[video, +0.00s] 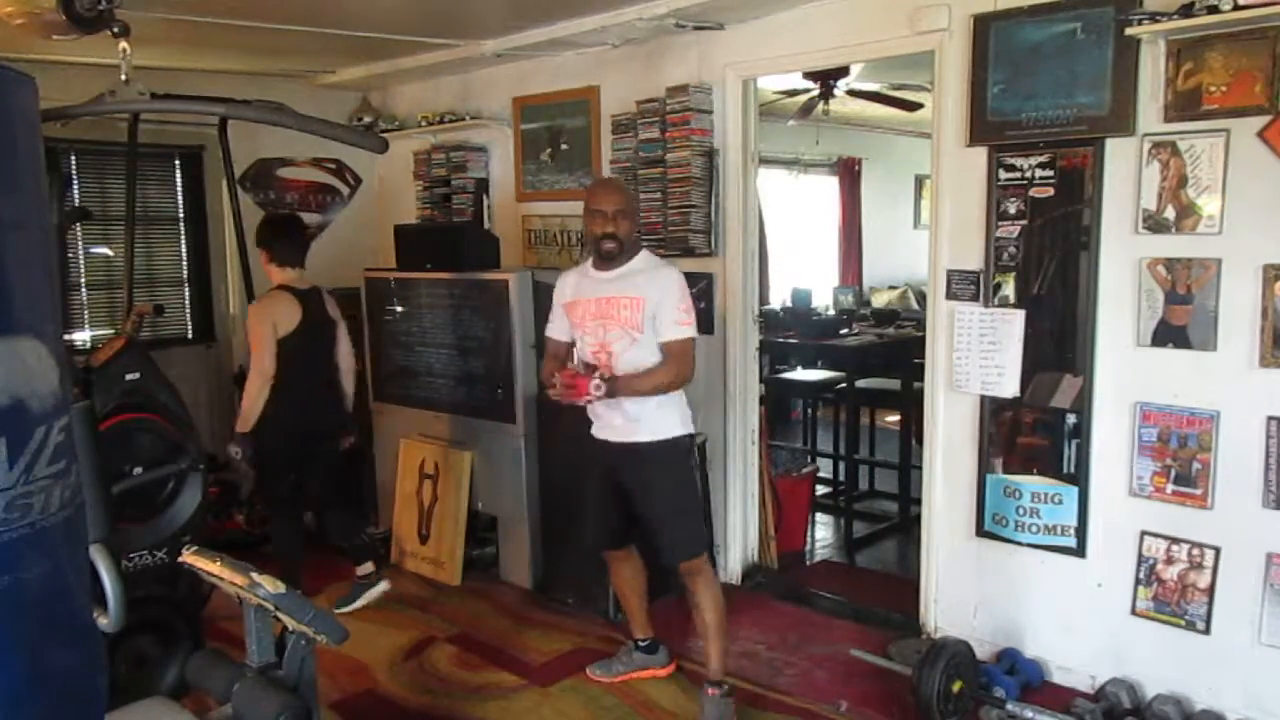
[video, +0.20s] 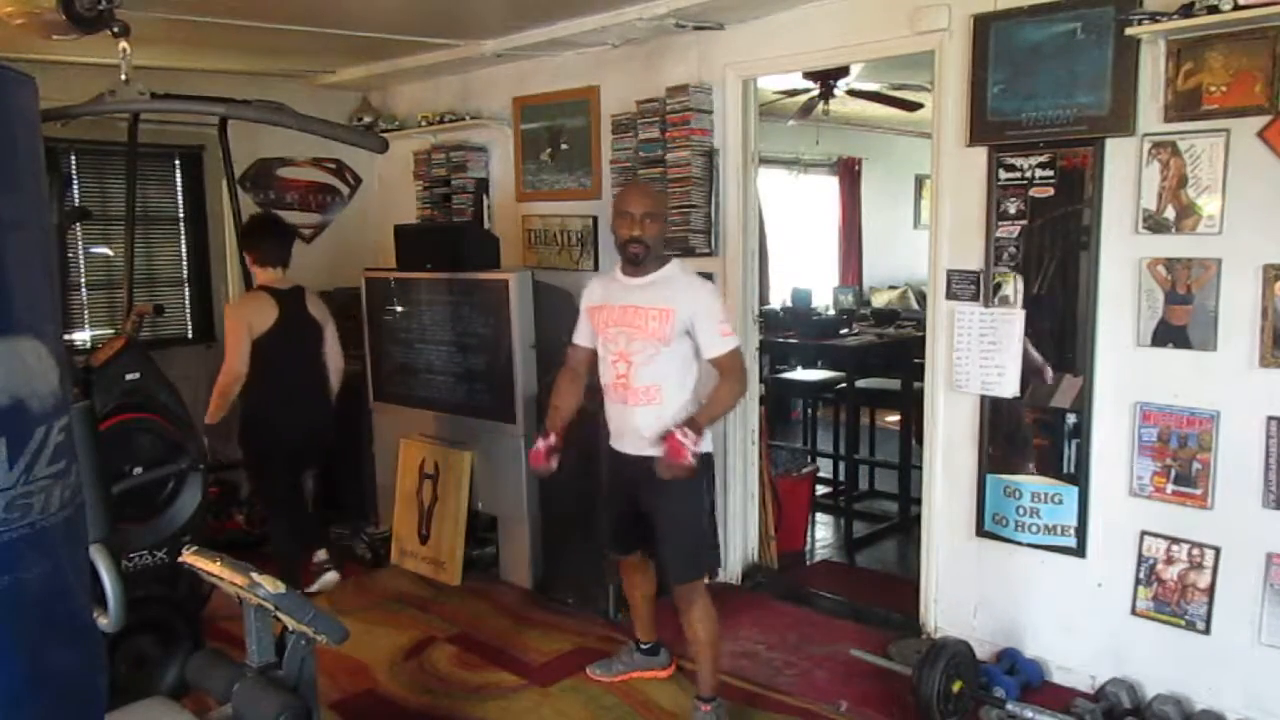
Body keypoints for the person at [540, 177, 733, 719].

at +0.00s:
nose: (607, 225)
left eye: (619, 215)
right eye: (597, 215)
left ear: (638, 221)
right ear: (584, 223)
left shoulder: (664, 280)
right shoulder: (569, 285)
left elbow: (681, 369)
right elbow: (553, 358)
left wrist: (615, 386)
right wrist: (555, 380)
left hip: (663, 442)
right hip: (603, 443)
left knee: (691, 562)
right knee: (616, 548)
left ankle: (717, 683)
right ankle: (644, 645)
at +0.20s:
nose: (635, 230)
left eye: (648, 219)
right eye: (625, 218)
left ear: (668, 226)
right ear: (612, 224)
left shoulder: (695, 293)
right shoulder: (597, 292)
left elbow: (734, 378)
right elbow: (574, 370)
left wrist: (690, 430)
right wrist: (552, 430)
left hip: (678, 459)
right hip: (621, 457)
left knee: (688, 584)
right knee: (631, 557)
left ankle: (708, 701)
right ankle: (647, 648)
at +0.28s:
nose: (642, 232)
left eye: (657, 220)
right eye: (633, 221)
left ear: (682, 228)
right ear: (623, 229)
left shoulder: (712, 300)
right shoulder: (612, 300)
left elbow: (752, 383)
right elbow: (589, 383)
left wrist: (710, 440)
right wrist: (554, 459)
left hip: (686, 468)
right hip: (626, 465)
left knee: (694, 596)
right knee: (626, 561)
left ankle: (710, 706)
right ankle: (645, 650)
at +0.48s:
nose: (658, 217)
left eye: (670, 203)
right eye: (647, 208)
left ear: (699, 207)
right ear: (638, 218)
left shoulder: (743, 284)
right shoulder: (628, 285)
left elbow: (765, 379)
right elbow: (621, 357)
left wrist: (709, 353)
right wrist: (624, 404)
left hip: (710, 463)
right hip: (637, 457)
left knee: (714, 593)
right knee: (614, 575)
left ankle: (712, 706)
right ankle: (644, 644)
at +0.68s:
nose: (677, 232)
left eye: (687, 217)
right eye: (663, 223)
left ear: (711, 215)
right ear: (651, 229)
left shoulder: (749, 286)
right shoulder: (632, 290)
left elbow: (758, 379)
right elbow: (627, 375)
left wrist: (721, 295)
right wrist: (637, 442)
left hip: (716, 472)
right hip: (642, 467)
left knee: (719, 605)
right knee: (630, 599)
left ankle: (713, 707)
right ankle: (645, 710)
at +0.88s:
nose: (673, 227)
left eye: (683, 212)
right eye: (657, 219)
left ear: (707, 216)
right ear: (644, 232)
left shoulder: (749, 290)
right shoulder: (621, 303)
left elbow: (772, 387)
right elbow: (595, 394)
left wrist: (725, 305)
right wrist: (562, 488)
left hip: (727, 495)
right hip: (646, 495)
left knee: (723, 626)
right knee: (641, 635)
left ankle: (712, 710)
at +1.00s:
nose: (660, 229)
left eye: (670, 213)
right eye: (644, 221)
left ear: (696, 218)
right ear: (631, 236)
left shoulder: (742, 295)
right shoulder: (606, 309)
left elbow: (769, 386)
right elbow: (571, 404)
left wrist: (714, 303)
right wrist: (529, 496)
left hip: (725, 504)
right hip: (642, 507)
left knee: (729, 632)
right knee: (640, 653)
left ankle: (712, 708)